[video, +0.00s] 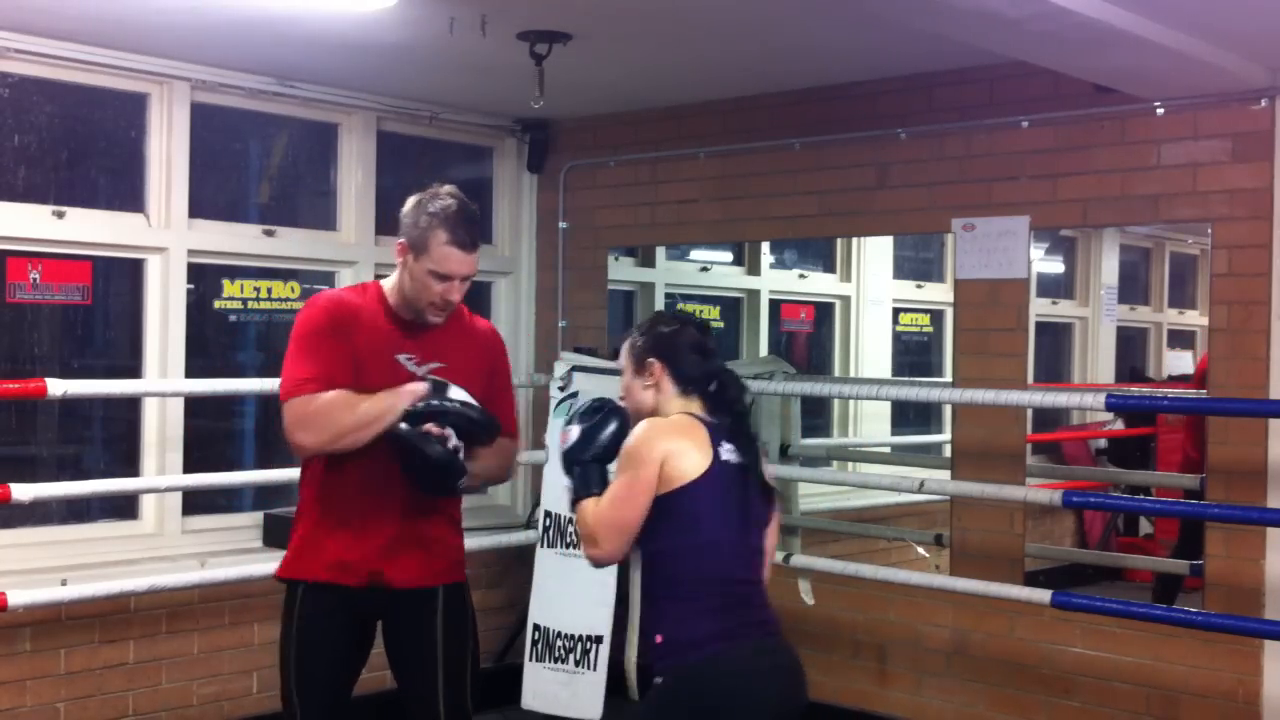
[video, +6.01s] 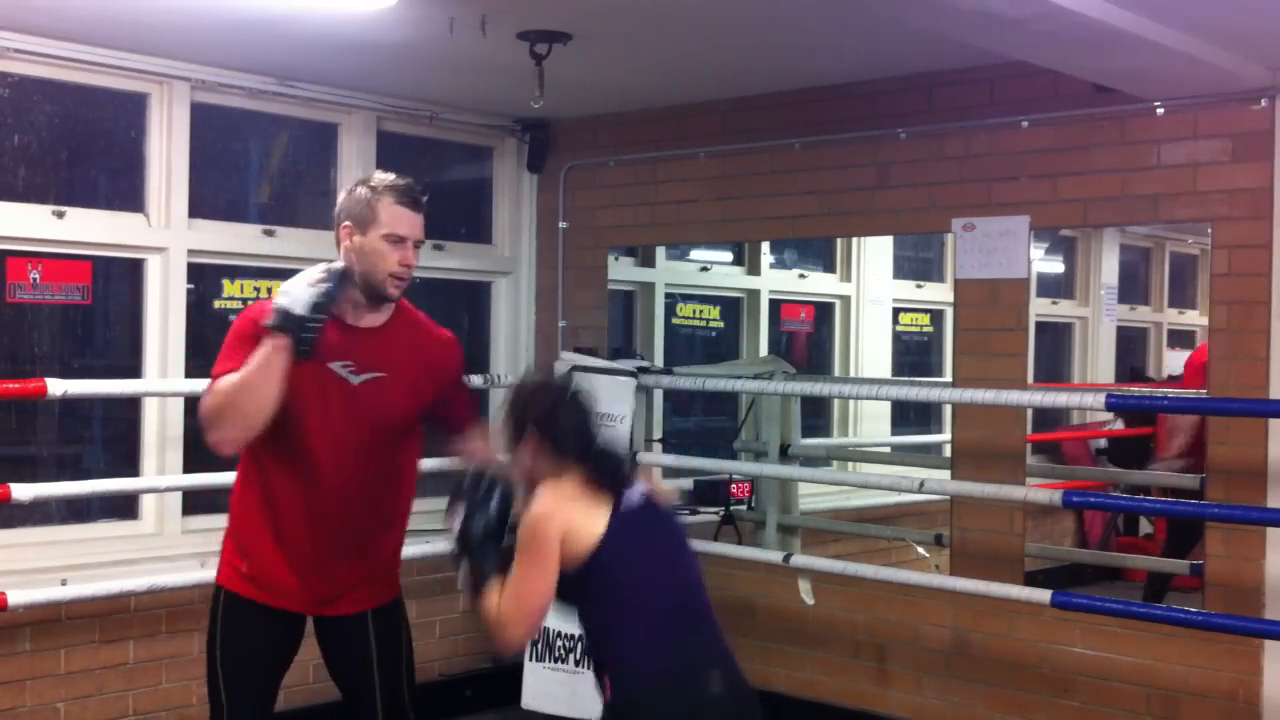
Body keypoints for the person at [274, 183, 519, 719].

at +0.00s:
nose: (453, 294)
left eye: (466, 280)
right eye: (440, 277)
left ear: (476, 266)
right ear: (402, 254)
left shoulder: (481, 340)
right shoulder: (331, 314)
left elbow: (503, 454)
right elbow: (304, 430)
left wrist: (462, 460)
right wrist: (406, 397)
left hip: (431, 571)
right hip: (332, 567)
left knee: (444, 709)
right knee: (312, 709)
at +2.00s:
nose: (364, 257)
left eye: (370, 243)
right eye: (348, 240)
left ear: (378, 243)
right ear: (300, 237)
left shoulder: (383, 329)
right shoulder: (239, 326)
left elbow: (454, 417)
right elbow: (245, 434)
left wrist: (455, 337)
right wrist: (308, 337)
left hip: (359, 577)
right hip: (257, 579)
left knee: (396, 710)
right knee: (242, 712)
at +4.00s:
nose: (460, 278)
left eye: (467, 263)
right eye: (446, 259)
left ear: (471, 262)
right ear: (400, 250)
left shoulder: (467, 363)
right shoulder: (308, 316)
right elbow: (240, 425)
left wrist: (542, 483)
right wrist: (324, 356)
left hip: (380, 582)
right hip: (276, 569)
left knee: (399, 710)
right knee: (247, 712)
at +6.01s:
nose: (409, 261)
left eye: (416, 246)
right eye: (395, 242)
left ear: (421, 249)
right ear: (348, 239)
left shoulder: (433, 349)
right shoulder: (269, 322)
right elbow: (223, 435)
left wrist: (494, 467)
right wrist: (283, 332)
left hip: (363, 583)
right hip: (260, 576)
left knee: (390, 710)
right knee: (235, 711)